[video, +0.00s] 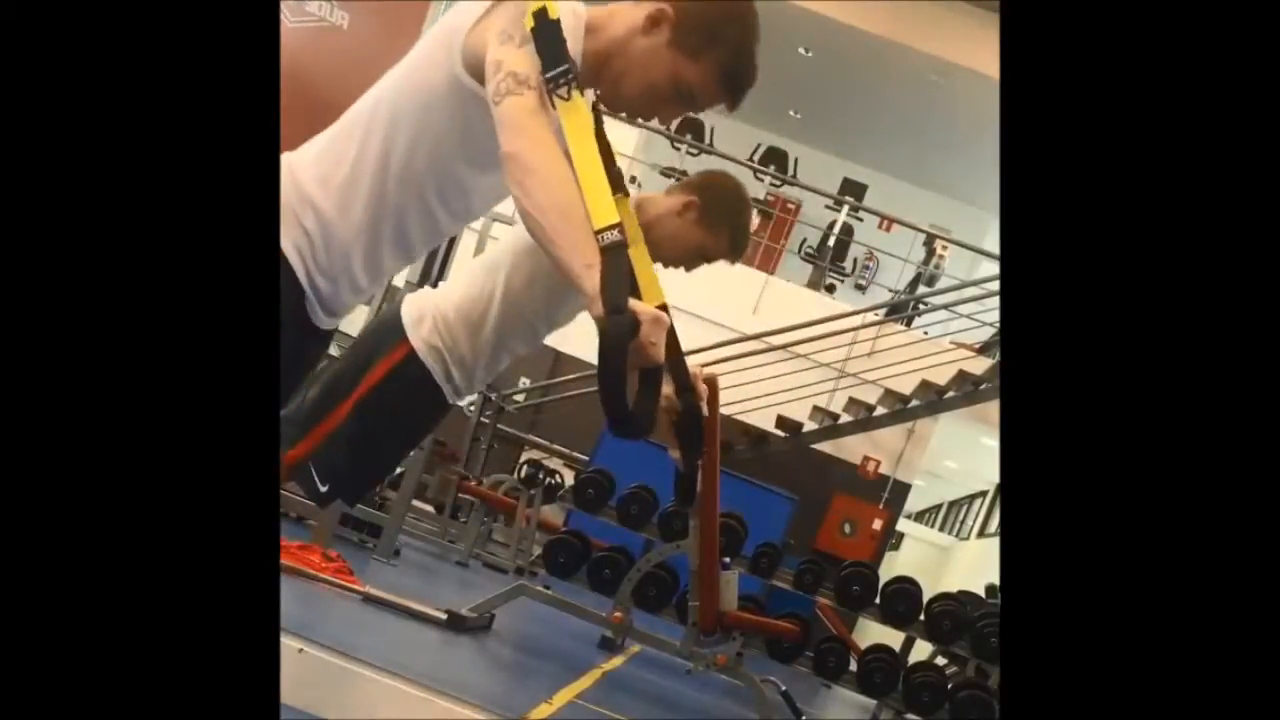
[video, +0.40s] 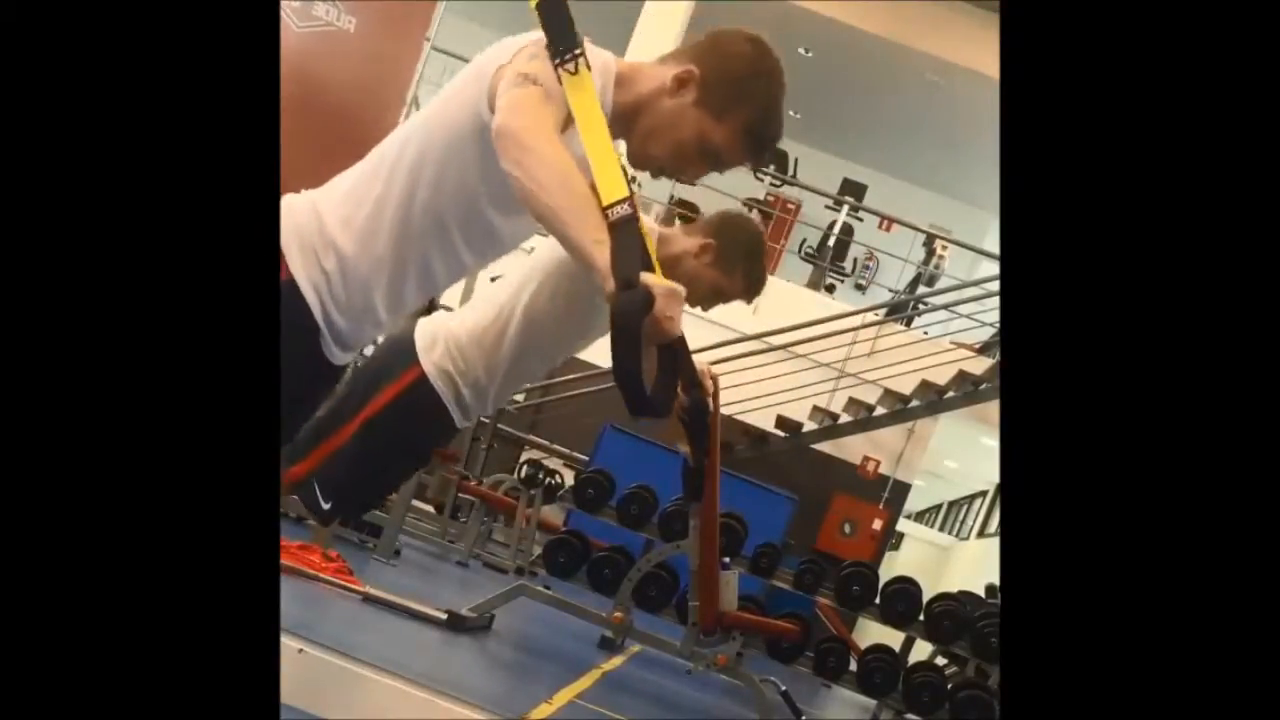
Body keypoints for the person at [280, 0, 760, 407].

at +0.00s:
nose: (668, 119)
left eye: (685, 113)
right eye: (681, 96)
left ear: (654, 20)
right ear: (657, 19)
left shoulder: (568, 92)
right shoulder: (525, 16)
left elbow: (608, 223)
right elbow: (525, 137)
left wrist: (665, 366)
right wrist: (608, 296)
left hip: (322, 305)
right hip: (288, 252)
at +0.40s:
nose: (694, 177)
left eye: (712, 169)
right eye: (707, 156)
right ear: (685, 84)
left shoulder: (597, 144)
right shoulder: (563, 57)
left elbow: (627, 252)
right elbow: (519, 136)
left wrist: (670, 350)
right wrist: (621, 277)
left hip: (336, 342)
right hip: (294, 284)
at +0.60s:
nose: (710, 241)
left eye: (732, 239)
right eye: (728, 222)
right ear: (710, 153)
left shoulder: (632, 210)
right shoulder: (603, 117)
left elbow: (649, 290)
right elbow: (519, 125)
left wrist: (685, 363)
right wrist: (629, 276)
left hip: (352, 377)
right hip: (307, 318)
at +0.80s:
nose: (728, 306)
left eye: (750, 305)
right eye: (748, 289)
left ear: (743, 223)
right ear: (742, 225)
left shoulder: (660, 260)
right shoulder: (648, 174)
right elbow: (528, 121)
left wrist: (670, 358)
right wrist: (650, 278)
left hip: (359, 414)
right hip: (319, 354)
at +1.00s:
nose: (746, 373)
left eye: (765, 372)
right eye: (764, 358)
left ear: (762, 293)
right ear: (763, 295)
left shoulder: (676, 325)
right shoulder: (659, 235)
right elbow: (537, 119)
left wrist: (679, 393)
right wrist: (641, 269)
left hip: (370, 450)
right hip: (330, 392)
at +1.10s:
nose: (746, 404)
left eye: (766, 405)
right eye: (768, 392)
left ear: (774, 325)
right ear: (774, 330)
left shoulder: (683, 344)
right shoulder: (659, 251)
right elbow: (538, 130)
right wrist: (628, 266)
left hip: (365, 467)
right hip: (332, 414)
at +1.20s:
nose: (757, 475)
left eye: (778, 471)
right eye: (777, 456)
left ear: (778, 366)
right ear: (779, 371)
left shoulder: (702, 410)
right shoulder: (667, 283)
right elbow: (536, 145)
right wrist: (630, 283)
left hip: (367, 491)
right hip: (335, 436)